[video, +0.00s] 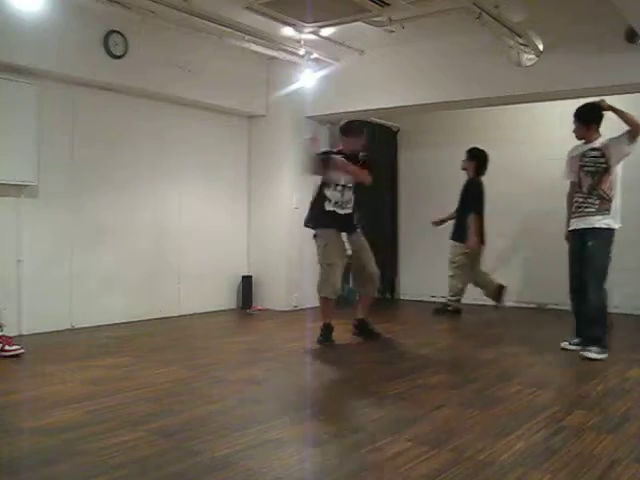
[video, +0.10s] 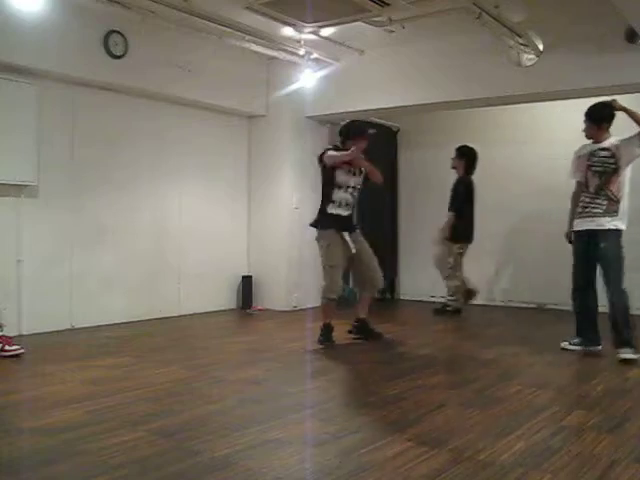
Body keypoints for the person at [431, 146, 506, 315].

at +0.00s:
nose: (463, 163)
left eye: (466, 160)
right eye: (465, 159)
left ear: (474, 164)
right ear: (474, 164)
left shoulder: (473, 185)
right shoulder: (471, 184)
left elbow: (473, 214)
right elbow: (461, 210)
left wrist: (473, 236)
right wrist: (443, 220)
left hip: (463, 238)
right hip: (470, 238)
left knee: (457, 270)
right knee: (472, 271)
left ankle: (453, 302)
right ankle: (494, 289)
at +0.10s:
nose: (452, 161)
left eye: (456, 158)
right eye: (454, 157)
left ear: (463, 161)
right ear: (465, 161)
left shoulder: (462, 183)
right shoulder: (465, 182)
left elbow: (455, 211)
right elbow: (457, 210)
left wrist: (445, 229)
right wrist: (448, 228)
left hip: (458, 234)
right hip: (461, 233)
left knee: (446, 262)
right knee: (452, 264)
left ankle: (455, 298)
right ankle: (463, 290)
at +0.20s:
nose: (443, 162)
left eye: (446, 158)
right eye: (444, 158)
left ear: (454, 161)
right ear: (456, 162)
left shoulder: (455, 183)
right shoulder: (451, 182)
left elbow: (443, 203)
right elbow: (444, 203)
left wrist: (429, 213)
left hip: (451, 234)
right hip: (441, 232)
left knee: (447, 268)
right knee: (433, 263)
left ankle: (452, 301)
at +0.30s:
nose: (432, 161)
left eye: (435, 158)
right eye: (433, 158)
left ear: (442, 162)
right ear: (445, 162)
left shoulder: (445, 184)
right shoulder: (441, 183)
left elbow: (428, 204)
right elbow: (441, 210)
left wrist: (405, 211)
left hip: (444, 236)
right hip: (431, 235)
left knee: (445, 271)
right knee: (419, 267)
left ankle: (453, 302)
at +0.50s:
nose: (409, 162)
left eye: (413, 159)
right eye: (411, 159)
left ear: (419, 163)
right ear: (422, 164)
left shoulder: (421, 184)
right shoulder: (418, 183)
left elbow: (411, 208)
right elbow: (417, 210)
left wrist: (389, 213)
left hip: (421, 237)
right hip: (410, 236)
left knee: (428, 272)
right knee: (405, 272)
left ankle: (447, 299)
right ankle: (397, 300)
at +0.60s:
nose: (398, 161)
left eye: (400, 158)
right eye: (399, 158)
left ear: (407, 161)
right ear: (412, 162)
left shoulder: (409, 182)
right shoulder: (407, 181)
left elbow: (404, 209)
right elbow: (404, 208)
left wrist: (389, 226)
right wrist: (393, 225)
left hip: (409, 234)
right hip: (402, 234)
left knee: (410, 268)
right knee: (400, 269)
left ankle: (437, 293)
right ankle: (397, 299)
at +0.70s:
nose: (387, 159)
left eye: (391, 156)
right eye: (389, 156)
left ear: (398, 161)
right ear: (398, 160)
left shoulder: (399, 181)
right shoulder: (398, 180)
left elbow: (396, 209)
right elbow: (395, 209)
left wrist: (397, 232)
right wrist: (391, 230)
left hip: (396, 234)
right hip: (395, 233)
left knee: (392, 267)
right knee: (395, 268)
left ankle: (419, 290)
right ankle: (396, 298)